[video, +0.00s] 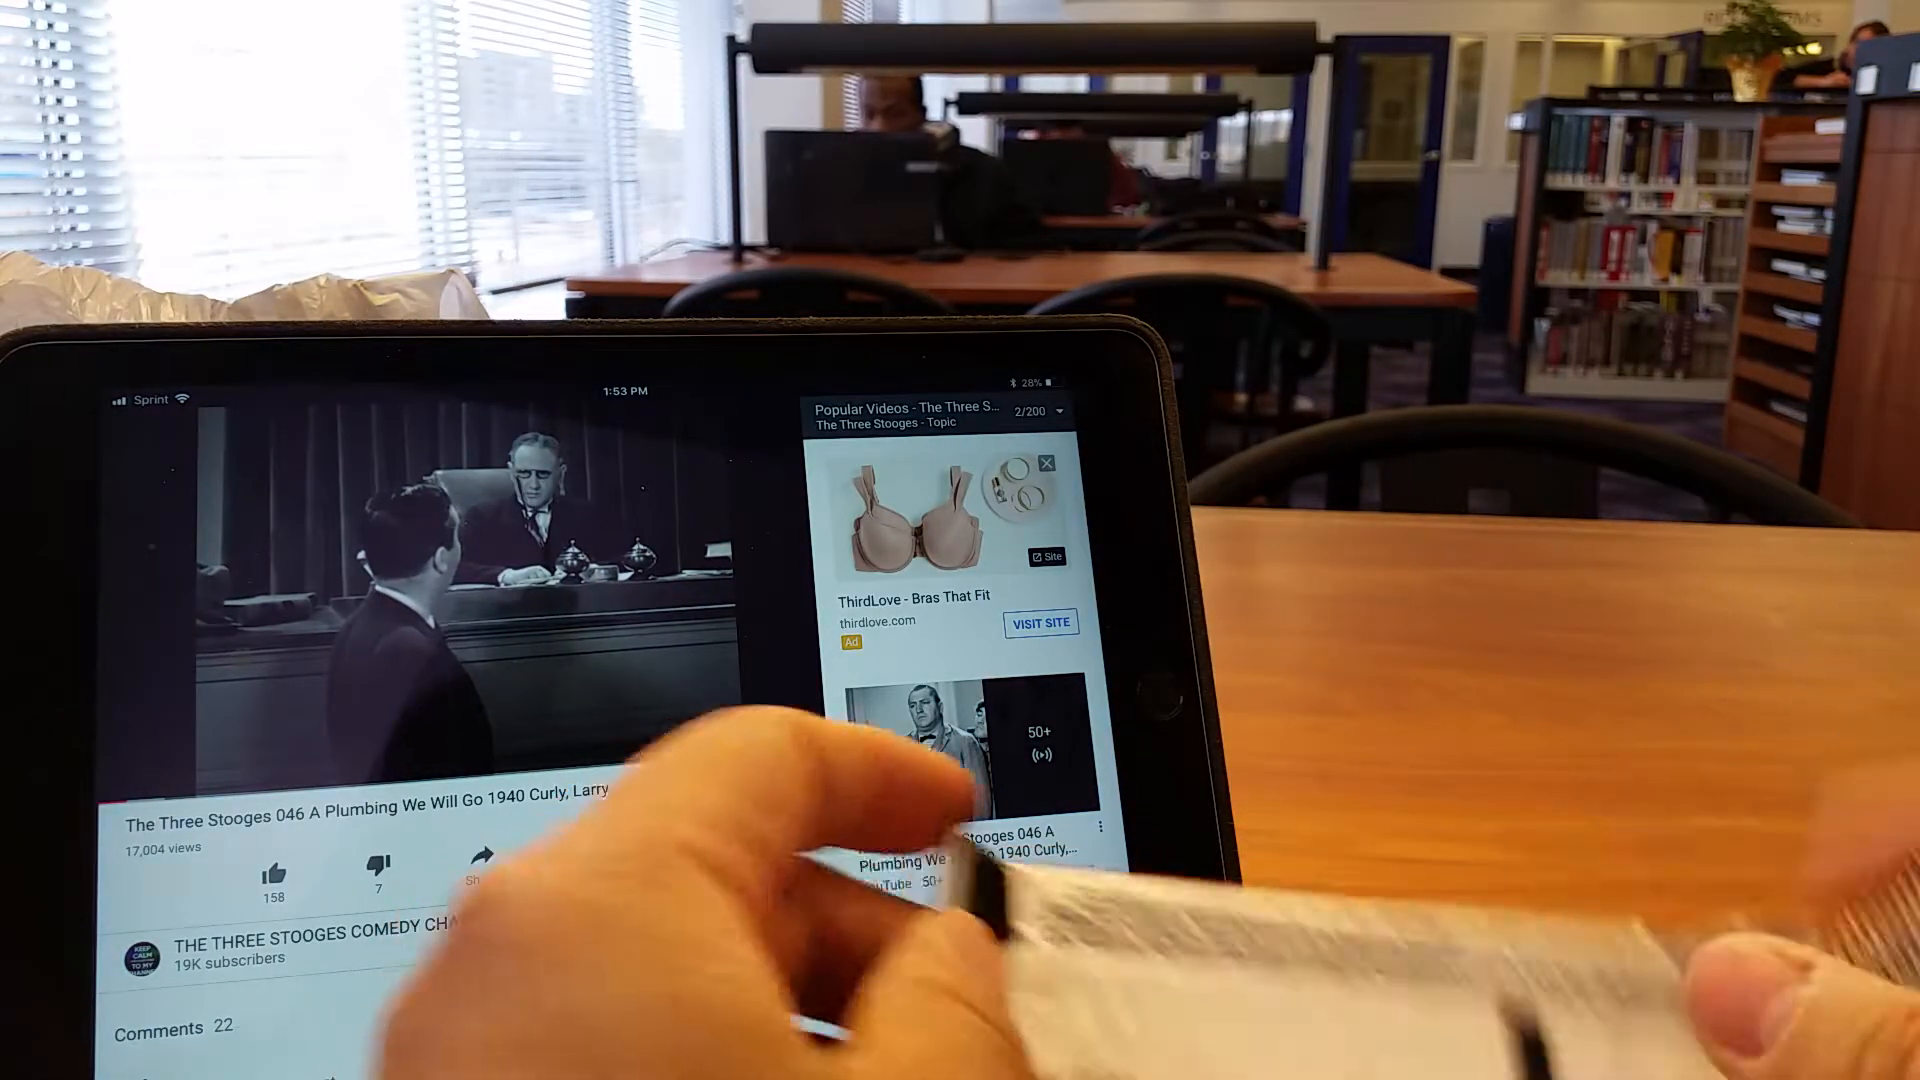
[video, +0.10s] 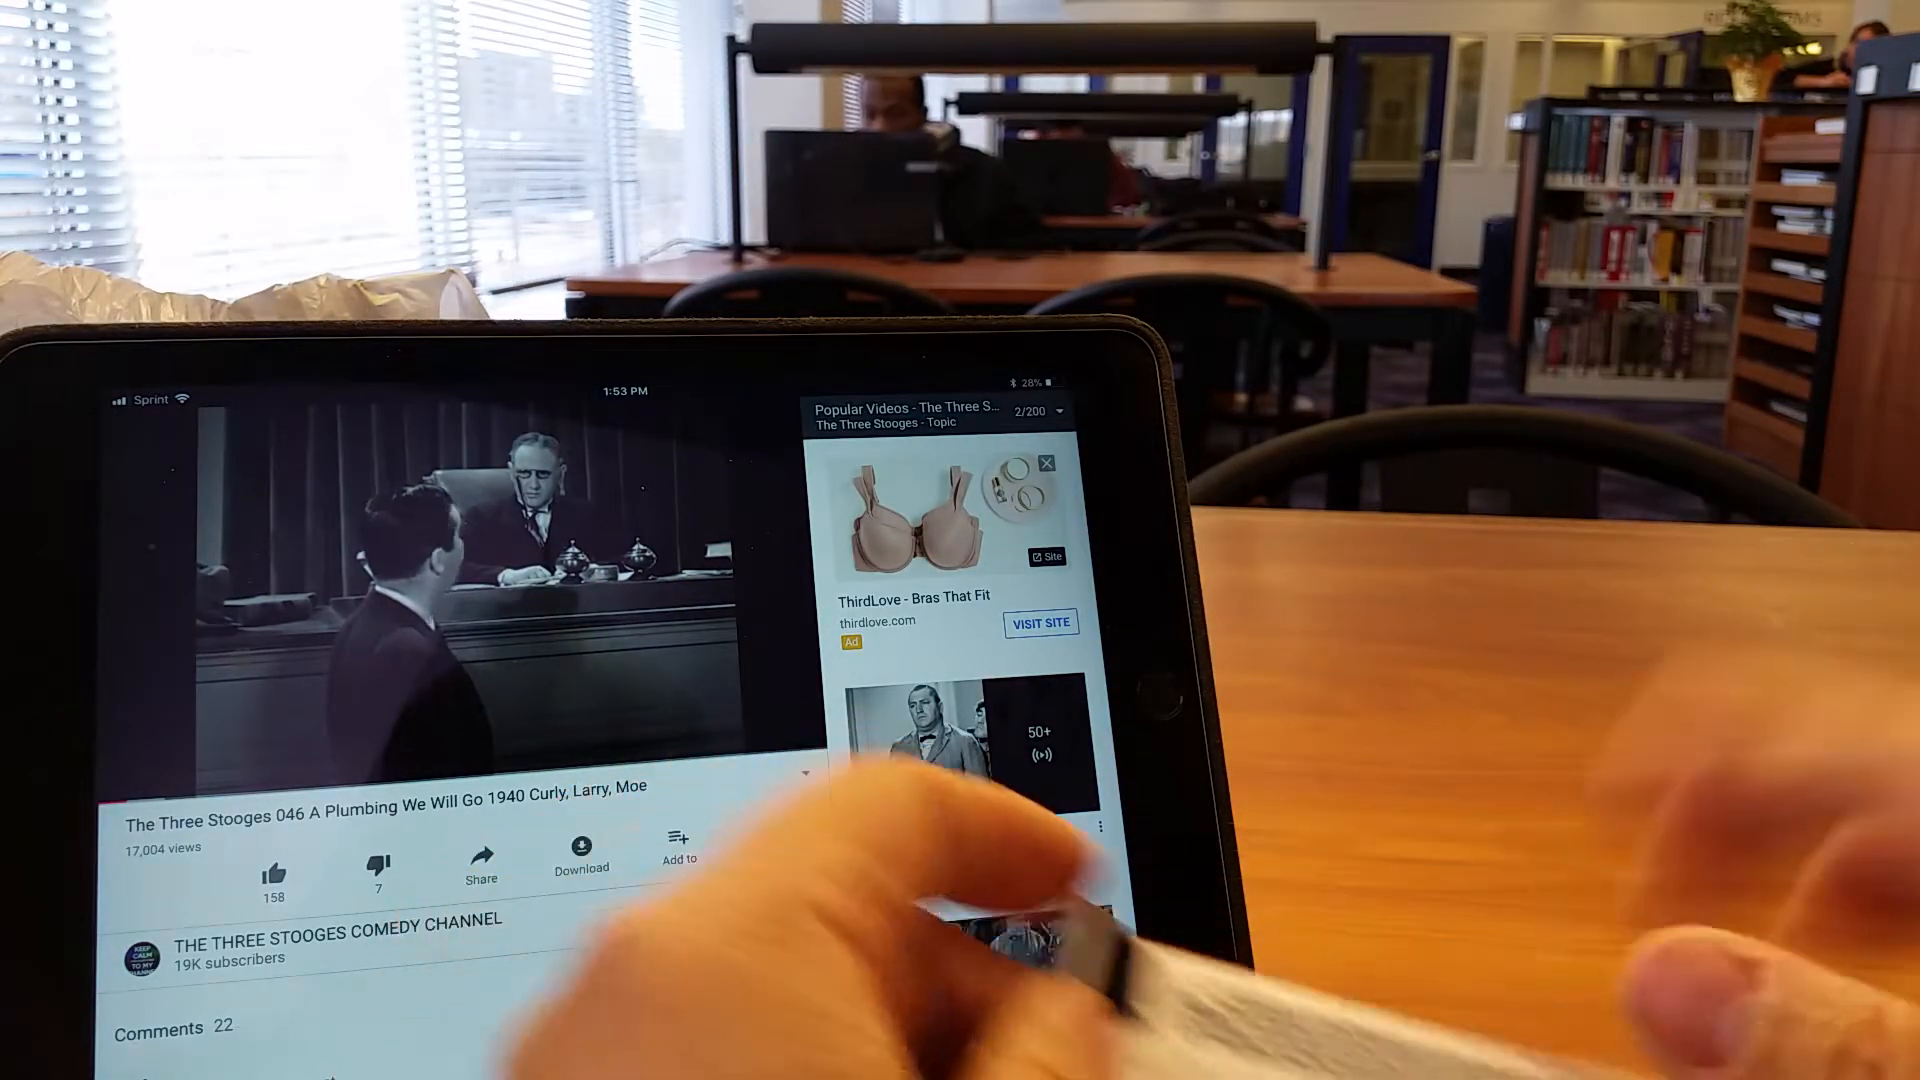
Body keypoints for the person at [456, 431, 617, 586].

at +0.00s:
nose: (533, 484)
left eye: (543, 475)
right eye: (524, 474)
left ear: (561, 473)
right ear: (511, 471)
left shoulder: (585, 516)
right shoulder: (484, 518)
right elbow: (455, 568)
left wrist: (591, 568)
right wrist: (505, 576)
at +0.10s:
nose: (533, 485)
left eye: (543, 475)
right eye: (524, 474)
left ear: (561, 473)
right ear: (511, 471)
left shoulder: (585, 515)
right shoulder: (483, 519)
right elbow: (454, 567)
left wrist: (593, 568)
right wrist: (504, 576)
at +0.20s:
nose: (533, 484)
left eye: (543, 475)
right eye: (524, 474)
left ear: (561, 473)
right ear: (511, 471)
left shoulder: (584, 515)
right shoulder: (486, 518)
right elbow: (458, 566)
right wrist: (504, 575)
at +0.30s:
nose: (533, 484)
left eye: (543, 475)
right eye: (524, 474)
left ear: (561, 473)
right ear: (511, 471)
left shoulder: (585, 515)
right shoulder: (485, 518)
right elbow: (463, 568)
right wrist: (505, 576)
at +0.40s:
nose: (533, 484)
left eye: (543, 475)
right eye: (525, 474)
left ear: (561, 473)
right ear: (511, 471)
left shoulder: (585, 515)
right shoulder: (485, 518)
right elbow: (457, 568)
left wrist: (593, 570)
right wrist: (504, 576)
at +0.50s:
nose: (533, 485)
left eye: (543, 475)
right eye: (525, 474)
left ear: (561, 474)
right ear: (511, 471)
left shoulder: (585, 515)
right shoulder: (484, 518)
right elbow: (458, 569)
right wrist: (504, 576)